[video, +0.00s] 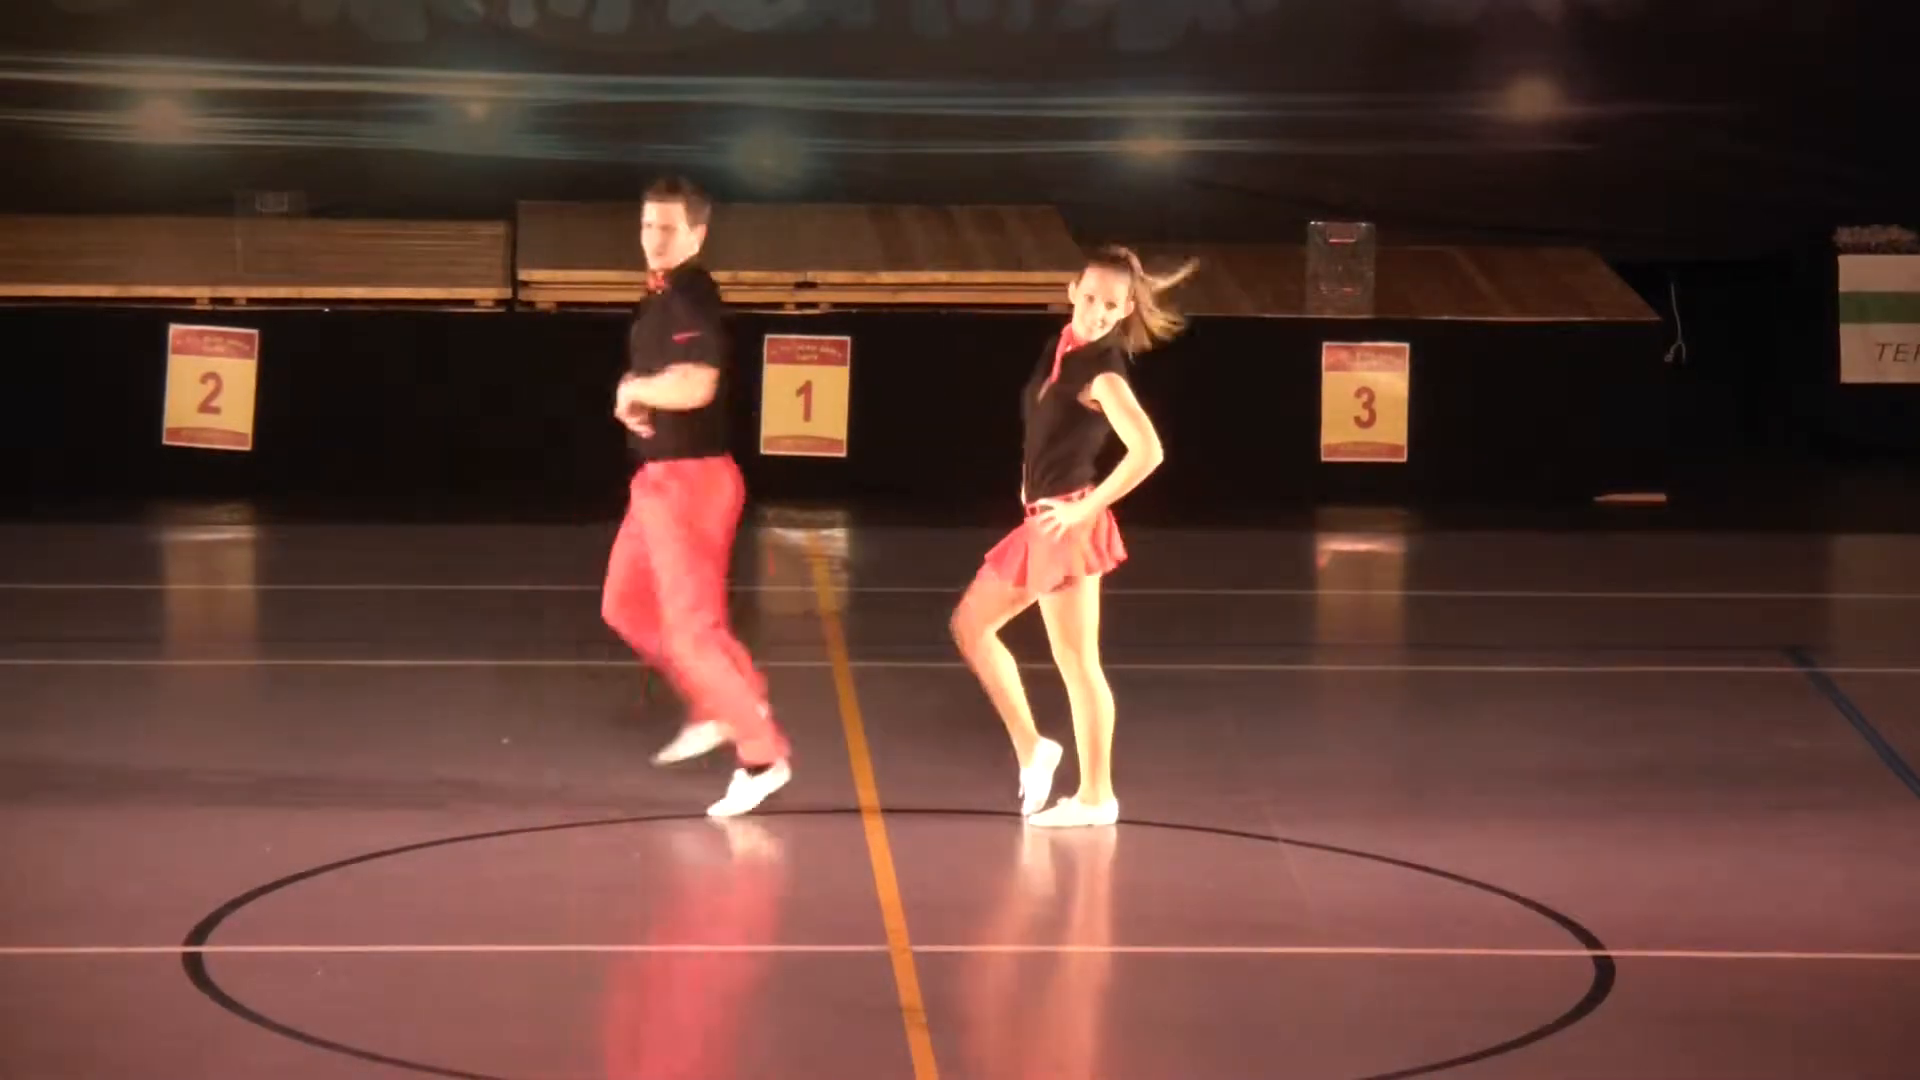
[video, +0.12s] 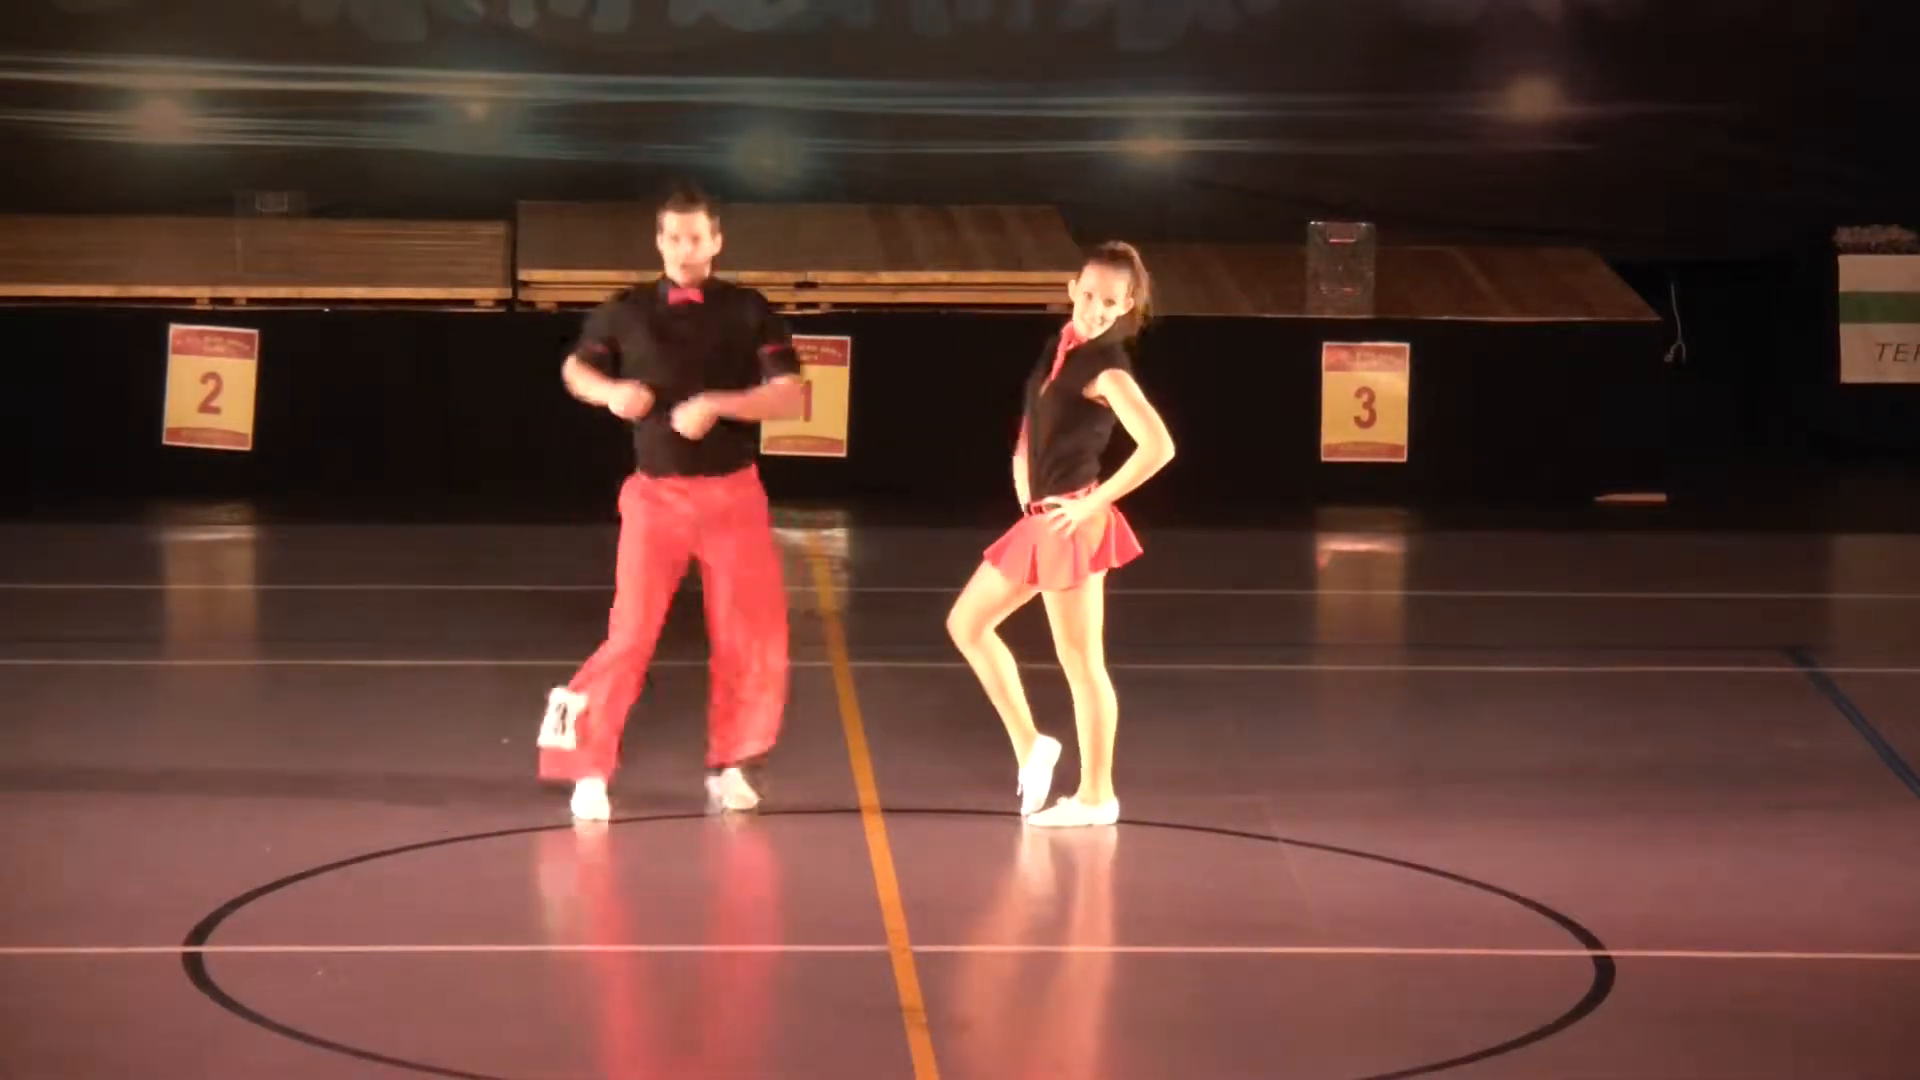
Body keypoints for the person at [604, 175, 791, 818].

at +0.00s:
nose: (655, 238)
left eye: (669, 227)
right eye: (649, 226)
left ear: (698, 230)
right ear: (641, 228)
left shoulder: (693, 294)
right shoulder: (659, 299)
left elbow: (698, 384)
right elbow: (663, 377)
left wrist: (631, 389)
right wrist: (635, 404)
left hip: (693, 481)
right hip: (659, 479)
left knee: (692, 625)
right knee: (626, 605)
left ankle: (765, 757)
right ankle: (711, 709)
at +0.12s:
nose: (685, 249)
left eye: (696, 237)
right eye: (674, 237)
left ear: (718, 239)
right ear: (657, 241)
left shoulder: (749, 311)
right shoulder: (625, 313)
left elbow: (791, 396)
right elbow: (575, 369)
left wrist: (718, 404)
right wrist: (610, 391)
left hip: (735, 497)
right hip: (655, 498)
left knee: (748, 633)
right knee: (632, 635)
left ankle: (727, 768)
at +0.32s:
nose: (712, 241)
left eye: (722, 228)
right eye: (701, 229)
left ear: (740, 231)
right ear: (682, 232)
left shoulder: (750, 293)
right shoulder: (660, 295)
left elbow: (780, 379)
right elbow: (621, 391)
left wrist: (789, 353)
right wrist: (678, 345)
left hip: (726, 476)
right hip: (662, 473)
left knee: (721, 615)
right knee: (667, 611)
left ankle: (711, 750)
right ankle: (639, 756)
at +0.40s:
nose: (711, 242)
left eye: (721, 230)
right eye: (701, 230)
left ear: (739, 234)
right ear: (683, 233)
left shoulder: (746, 293)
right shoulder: (661, 301)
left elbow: (770, 374)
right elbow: (632, 401)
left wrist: (782, 352)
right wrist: (663, 374)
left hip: (723, 474)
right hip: (665, 471)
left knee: (694, 599)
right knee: (728, 598)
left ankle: (631, 719)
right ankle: (708, 743)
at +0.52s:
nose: (710, 278)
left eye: (721, 265)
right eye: (699, 265)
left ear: (739, 266)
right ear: (682, 265)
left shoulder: (745, 333)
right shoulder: (665, 336)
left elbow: (755, 412)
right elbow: (639, 440)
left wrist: (773, 397)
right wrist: (669, 419)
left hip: (723, 510)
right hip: (677, 510)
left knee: (649, 625)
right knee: (775, 617)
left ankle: (599, 742)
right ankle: (772, 761)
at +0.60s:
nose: (712, 288)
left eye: (723, 275)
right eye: (701, 276)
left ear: (739, 275)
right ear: (682, 276)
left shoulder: (745, 338)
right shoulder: (670, 347)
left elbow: (750, 418)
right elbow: (646, 452)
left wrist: (783, 408)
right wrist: (678, 437)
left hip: (725, 514)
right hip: (687, 516)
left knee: (656, 628)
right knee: (782, 620)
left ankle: (599, 741)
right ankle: (777, 765)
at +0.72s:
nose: (738, 243)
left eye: (741, 232)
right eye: (726, 231)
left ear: (738, 236)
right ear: (690, 236)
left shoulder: (734, 292)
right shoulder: (664, 305)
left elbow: (768, 354)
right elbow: (637, 404)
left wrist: (830, 360)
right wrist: (697, 376)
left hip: (735, 470)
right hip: (692, 473)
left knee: (706, 590)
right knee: (750, 595)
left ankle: (641, 699)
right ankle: (770, 748)